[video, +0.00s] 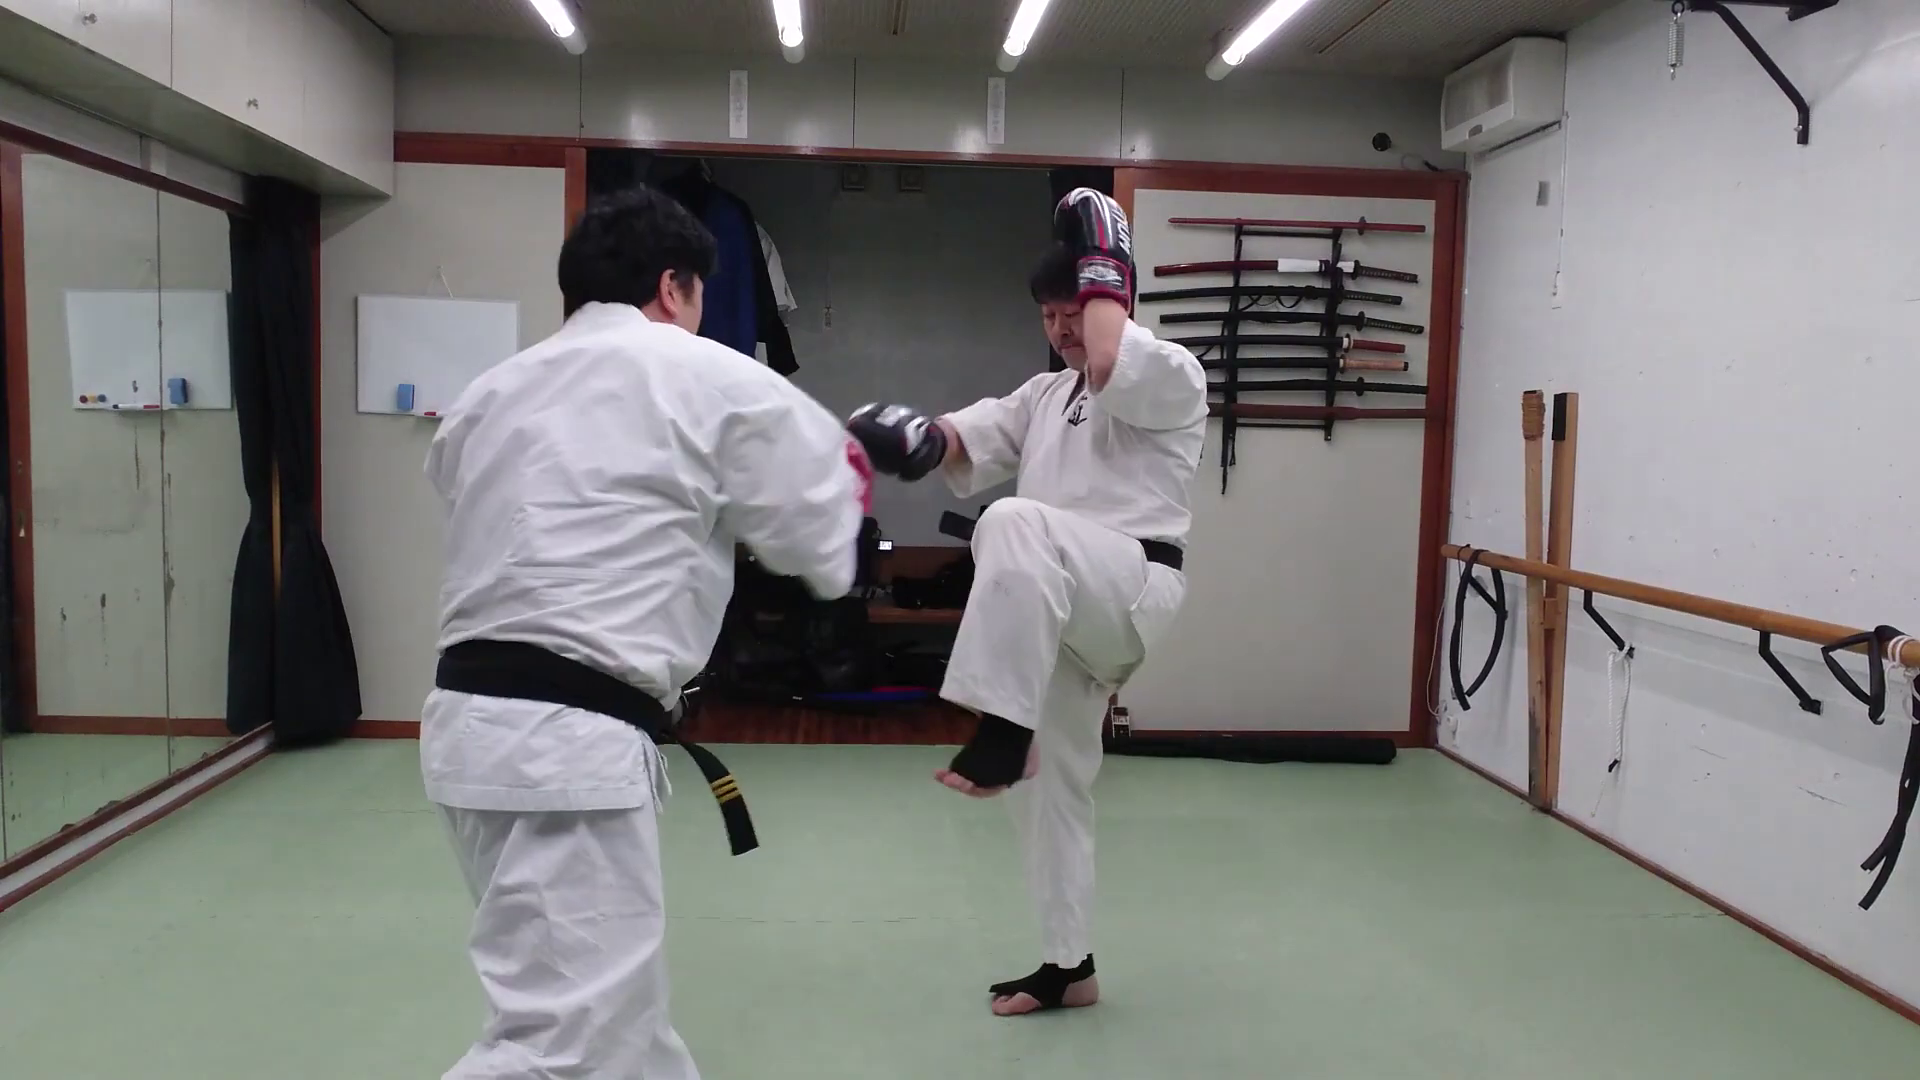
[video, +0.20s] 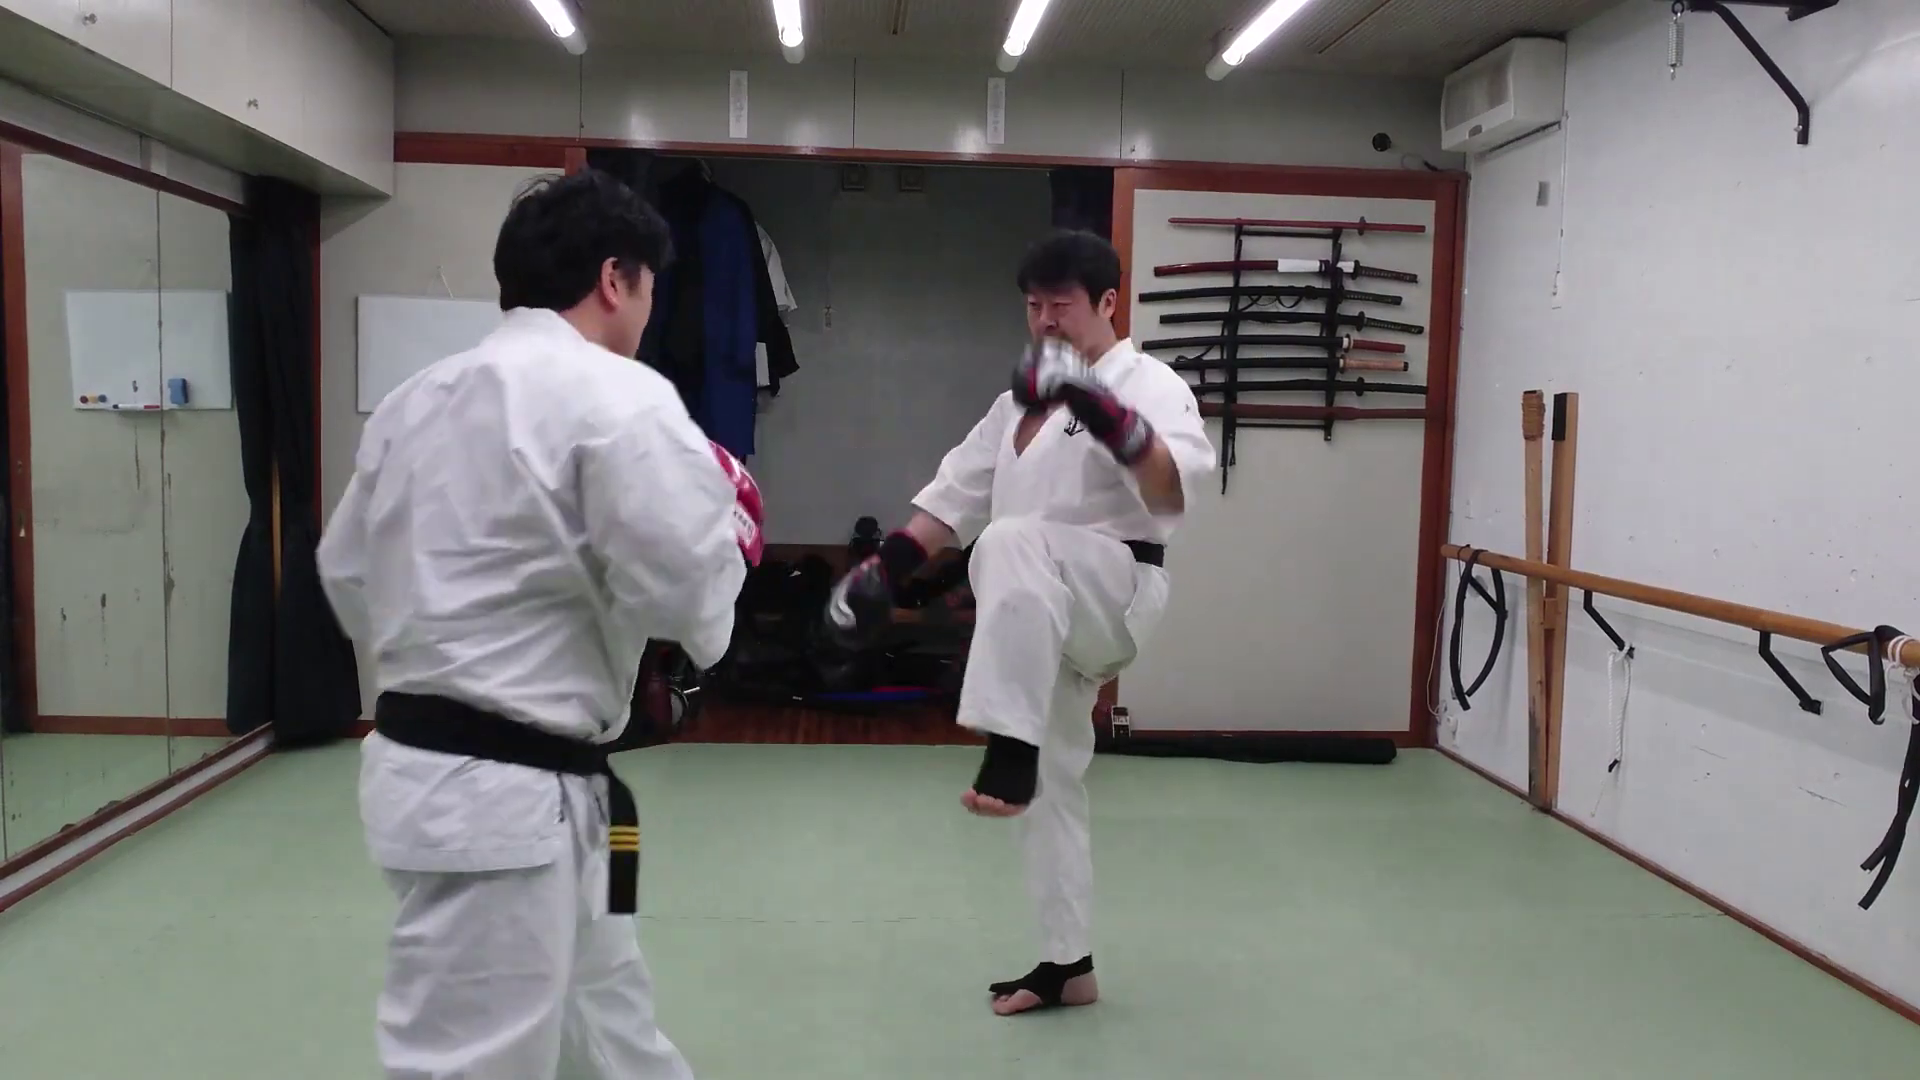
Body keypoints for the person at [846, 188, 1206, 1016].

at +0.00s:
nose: (1059, 325)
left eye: (1071, 310)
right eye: (1049, 313)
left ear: (1109, 308)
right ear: (1040, 319)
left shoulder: (1170, 381)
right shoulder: (1045, 394)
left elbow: (1109, 361)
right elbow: (970, 433)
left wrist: (1105, 264)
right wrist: (917, 438)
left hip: (1139, 588)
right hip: (1058, 586)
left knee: (1017, 522)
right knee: (1056, 780)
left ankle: (1006, 728)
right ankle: (1067, 965)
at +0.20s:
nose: (1045, 320)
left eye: (1060, 304)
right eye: (1035, 305)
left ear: (1107, 304)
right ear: (1026, 309)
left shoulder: (1152, 384)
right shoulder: (1024, 400)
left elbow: (1175, 495)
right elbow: (953, 493)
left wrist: (1114, 424)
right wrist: (888, 563)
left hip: (1125, 587)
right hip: (1038, 591)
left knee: (1013, 543)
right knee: (1052, 776)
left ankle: (1014, 743)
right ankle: (1065, 962)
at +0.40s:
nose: (1022, 310)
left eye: (1041, 295)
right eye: (1012, 295)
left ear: (1084, 300)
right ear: (1001, 302)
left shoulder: (1131, 390)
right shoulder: (988, 412)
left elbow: (1193, 503)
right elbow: (986, 543)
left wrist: (1195, 590)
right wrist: (973, 629)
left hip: (1101, 584)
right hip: (1021, 601)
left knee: (1020, 651)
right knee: (1029, 781)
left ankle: (1060, 865)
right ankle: (1066, 966)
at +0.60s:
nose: (1006, 310)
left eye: (1022, 294)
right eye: (995, 296)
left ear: (1066, 297)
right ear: (985, 304)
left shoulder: (1117, 389)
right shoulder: (966, 409)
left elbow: (1193, 499)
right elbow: (947, 533)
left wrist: (1154, 566)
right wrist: (918, 609)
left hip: (1082, 617)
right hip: (1002, 621)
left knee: (1070, 793)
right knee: (1014, 801)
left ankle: (1106, 991)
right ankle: (1058, 969)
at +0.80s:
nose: (998, 302)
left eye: (1018, 291)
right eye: (998, 293)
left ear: (1066, 310)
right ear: (1001, 315)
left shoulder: (1076, 387)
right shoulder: (1007, 394)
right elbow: (989, 523)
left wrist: (879, 361)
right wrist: (933, 593)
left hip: (1075, 636)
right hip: (985, 640)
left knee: (1124, 823)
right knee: (926, 808)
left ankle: (1166, 953)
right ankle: (978, 980)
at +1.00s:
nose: (989, 360)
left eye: (1000, 343)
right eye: (983, 348)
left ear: (1049, 335)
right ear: (1052, 346)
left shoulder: (1036, 385)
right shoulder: (1075, 417)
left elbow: (986, 457)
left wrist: (941, 527)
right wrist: (884, 535)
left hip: (994, 551)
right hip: (1019, 602)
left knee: (862, 603)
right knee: (907, 787)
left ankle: (973, 783)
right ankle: (962, 987)